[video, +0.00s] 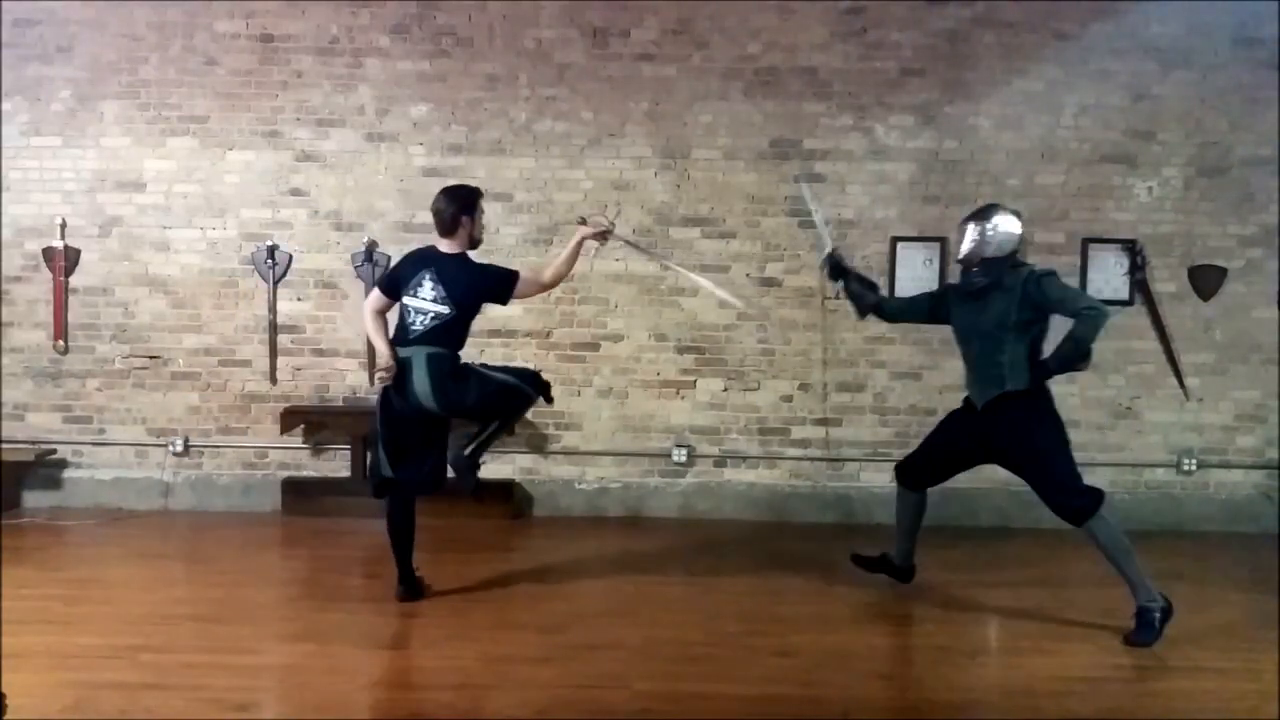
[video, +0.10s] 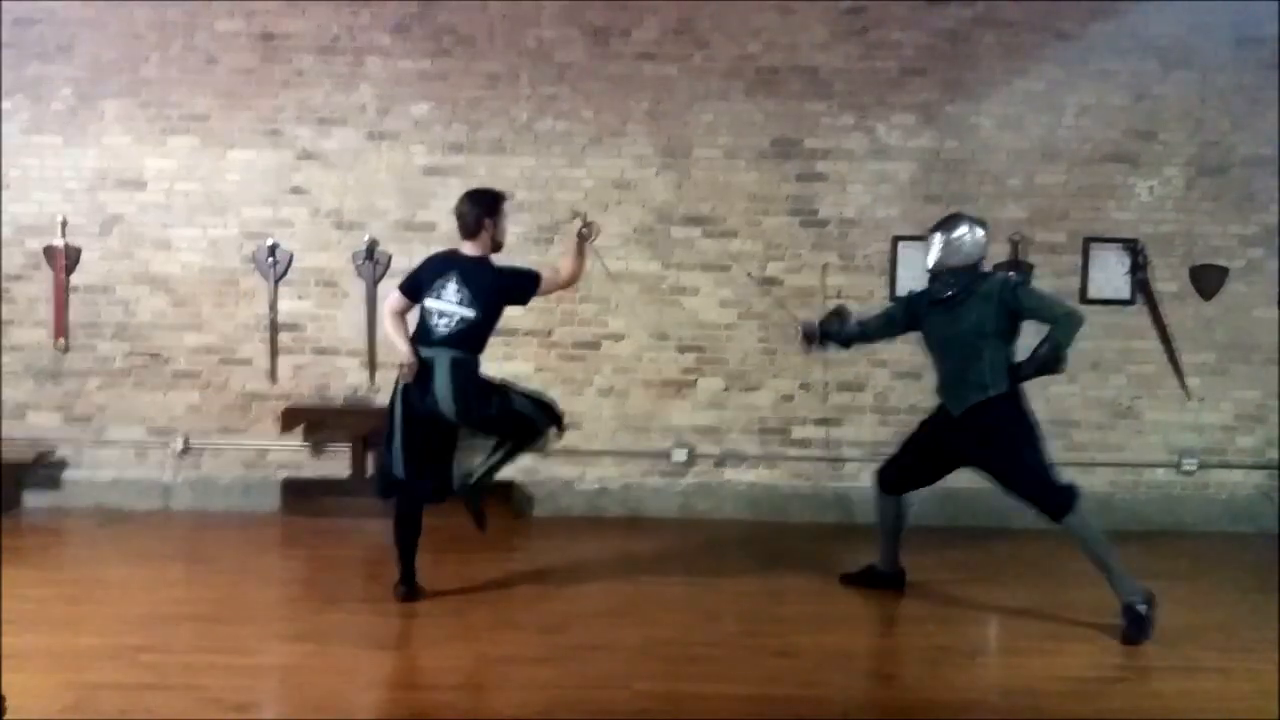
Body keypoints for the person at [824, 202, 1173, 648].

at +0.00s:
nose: (963, 246)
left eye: (971, 237)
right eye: (965, 237)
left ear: (991, 240)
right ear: (997, 243)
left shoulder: (1031, 283)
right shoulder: (955, 296)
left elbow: (1093, 313)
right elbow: (886, 307)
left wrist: (1062, 359)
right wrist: (845, 276)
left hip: (1026, 415)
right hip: (977, 418)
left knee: (1076, 504)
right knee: (911, 474)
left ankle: (1150, 601)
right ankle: (900, 562)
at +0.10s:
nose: (937, 253)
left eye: (945, 244)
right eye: (937, 245)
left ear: (962, 251)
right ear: (951, 253)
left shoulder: (1001, 292)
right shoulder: (924, 304)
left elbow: (1068, 319)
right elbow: (875, 327)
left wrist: (1044, 360)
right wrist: (836, 331)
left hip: (999, 417)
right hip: (952, 421)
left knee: (1056, 502)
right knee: (890, 480)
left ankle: (1132, 599)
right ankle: (887, 569)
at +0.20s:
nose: (900, 269)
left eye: (906, 261)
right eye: (901, 260)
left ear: (920, 264)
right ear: (941, 263)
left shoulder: (977, 302)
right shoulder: (898, 320)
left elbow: (1046, 324)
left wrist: (1019, 370)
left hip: (981, 424)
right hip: (931, 424)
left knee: (1035, 506)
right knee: (869, 483)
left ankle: (1108, 599)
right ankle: (882, 566)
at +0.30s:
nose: (883, 286)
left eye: (890, 275)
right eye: (880, 277)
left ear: (913, 273)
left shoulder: (958, 307)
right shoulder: (880, 336)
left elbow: (1025, 324)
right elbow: (862, 403)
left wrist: (1000, 372)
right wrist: (852, 455)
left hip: (971, 431)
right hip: (918, 432)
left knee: (1031, 510)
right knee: (858, 487)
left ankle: (1096, 598)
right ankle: (880, 565)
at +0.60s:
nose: (882, 293)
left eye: (888, 283)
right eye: (878, 285)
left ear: (911, 279)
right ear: (877, 290)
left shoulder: (961, 310)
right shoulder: (885, 343)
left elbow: (1030, 322)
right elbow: (874, 406)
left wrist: (1011, 370)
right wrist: (866, 458)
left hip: (981, 431)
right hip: (928, 433)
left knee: (1043, 508)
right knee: (867, 488)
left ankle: (1112, 595)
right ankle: (880, 566)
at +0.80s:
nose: (939, 269)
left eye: (947, 260)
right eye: (938, 261)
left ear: (973, 259)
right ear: (948, 265)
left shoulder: (1020, 295)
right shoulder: (944, 317)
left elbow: (1092, 323)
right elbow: (913, 368)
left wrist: (1065, 367)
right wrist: (875, 395)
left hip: (1022, 425)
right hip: (969, 425)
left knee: (1077, 513)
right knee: (910, 490)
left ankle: (1149, 603)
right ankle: (881, 566)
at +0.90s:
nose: (981, 258)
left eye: (989, 249)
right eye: (981, 249)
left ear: (1015, 249)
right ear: (991, 251)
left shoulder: (1062, 293)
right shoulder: (980, 311)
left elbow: (1130, 327)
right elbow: (938, 360)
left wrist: (1093, 371)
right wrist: (885, 372)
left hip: (1050, 422)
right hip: (996, 423)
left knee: (1097, 515)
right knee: (940, 493)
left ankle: (1159, 608)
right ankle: (906, 568)